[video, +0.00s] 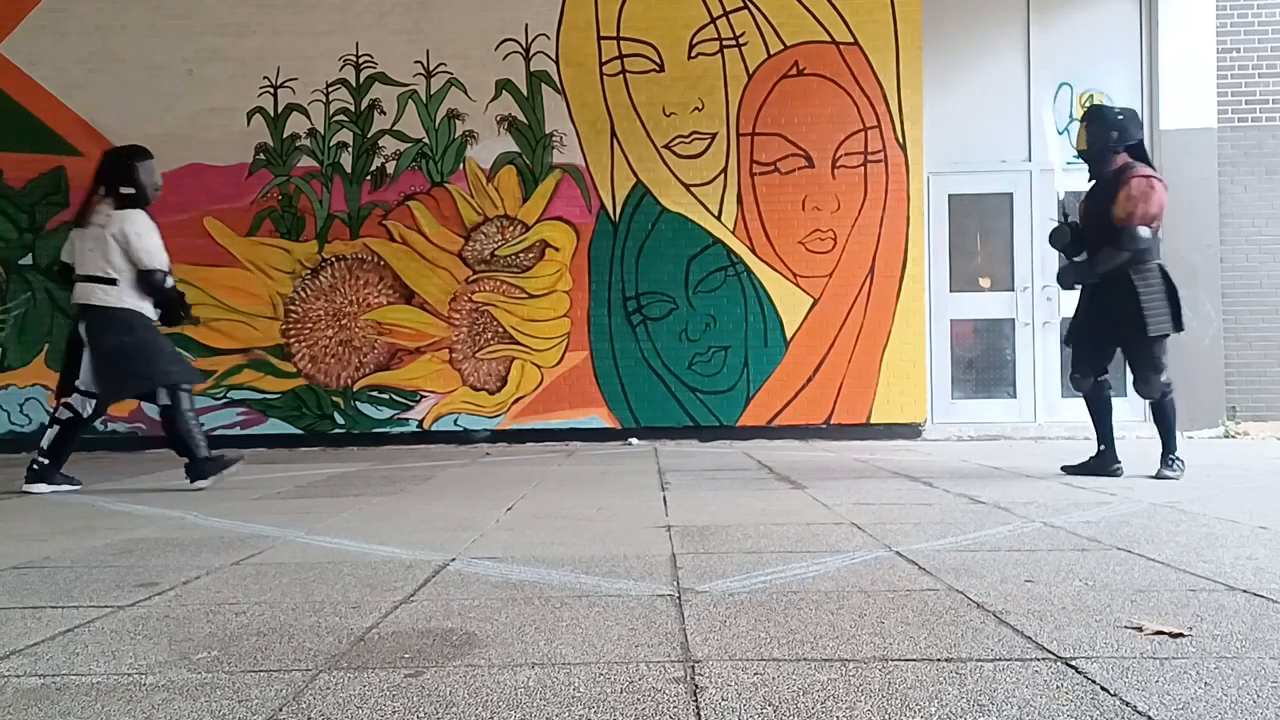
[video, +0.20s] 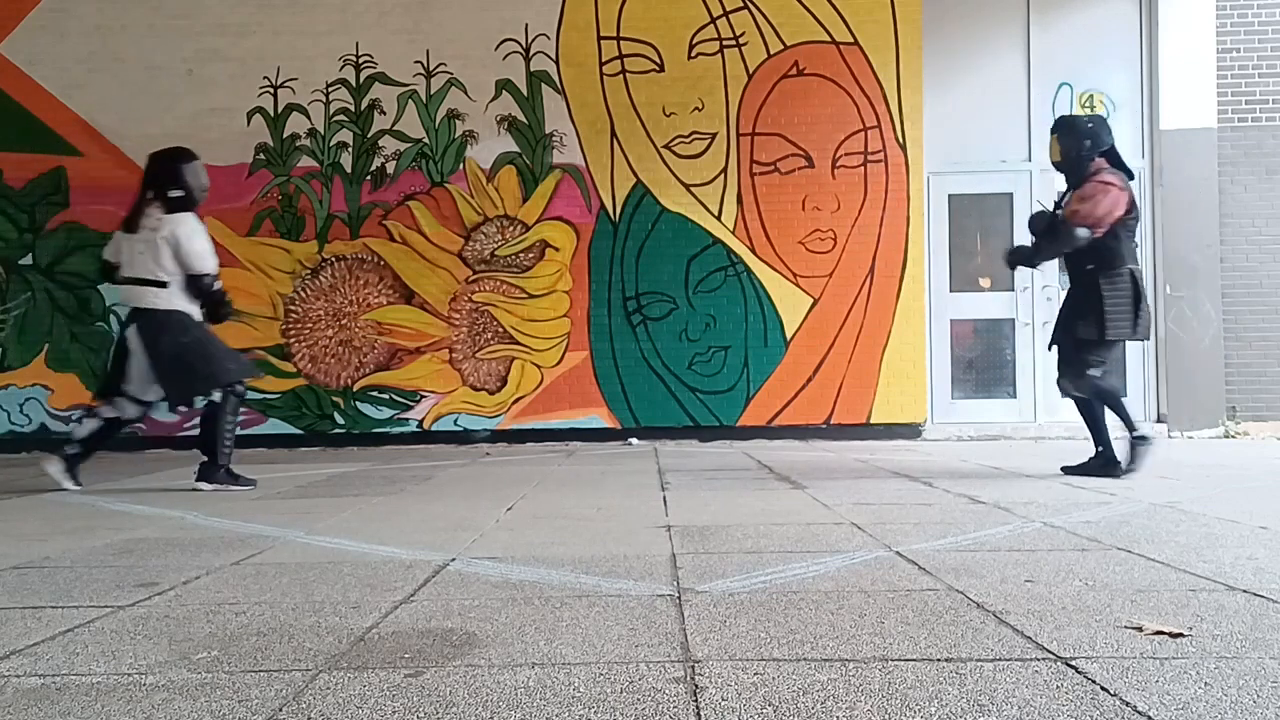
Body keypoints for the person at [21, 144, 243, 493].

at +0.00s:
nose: (159, 182)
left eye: (156, 173)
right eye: (152, 174)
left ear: (111, 179)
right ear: (134, 179)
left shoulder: (89, 216)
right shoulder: (134, 218)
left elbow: (66, 269)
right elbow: (154, 278)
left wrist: (105, 282)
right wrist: (174, 305)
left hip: (91, 322)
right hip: (125, 323)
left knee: (85, 397)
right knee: (173, 380)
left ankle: (43, 470)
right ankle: (200, 460)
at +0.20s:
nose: (204, 183)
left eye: (202, 175)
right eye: (198, 176)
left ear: (155, 181)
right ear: (183, 181)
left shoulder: (136, 219)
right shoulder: (185, 222)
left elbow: (110, 268)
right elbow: (202, 281)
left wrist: (150, 282)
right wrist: (218, 303)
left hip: (139, 324)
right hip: (174, 325)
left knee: (130, 404)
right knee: (232, 383)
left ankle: (69, 459)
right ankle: (216, 468)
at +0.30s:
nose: (228, 181)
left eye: (226, 173)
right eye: (223, 173)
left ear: (178, 178)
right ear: (209, 178)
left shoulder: (161, 215)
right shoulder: (209, 219)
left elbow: (131, 267)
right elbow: (227, 278)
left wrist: (167, 280)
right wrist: (246, 298)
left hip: (158, 320)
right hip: (193, 321)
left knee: (182, 400)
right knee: (242, 386)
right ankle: (217, 469)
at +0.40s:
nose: (252, 178)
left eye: (250, 170)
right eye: (246, 170)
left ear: (202, 175)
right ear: (232, 176)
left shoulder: (182, 212)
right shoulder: (231, 217)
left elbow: (152, 267)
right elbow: (248, 282)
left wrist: (189, 275)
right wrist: (264, 287)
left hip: (179, 313)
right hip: (211, 315)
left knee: (233, 386)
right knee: (255, 387)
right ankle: (217, 470)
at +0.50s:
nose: (273, 185)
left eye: (272, 177)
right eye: (268, 177)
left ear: (225, 177)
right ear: (253, 178)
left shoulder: (204, 212)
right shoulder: (255, 218)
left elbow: (173, 264)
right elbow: (268, 282)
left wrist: (209, 277)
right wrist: (282, 283)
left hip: (199, 312)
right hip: (232, 315)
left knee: (265, 376)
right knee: (255, 392)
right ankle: (218, 468)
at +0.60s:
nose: (291, 182)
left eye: (289, 174)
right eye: (285, 175)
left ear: (244, 179)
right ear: (271, 180)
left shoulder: (224, 216)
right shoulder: (272, 221)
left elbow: (198, 267)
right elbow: (282, 282)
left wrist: (234, 283)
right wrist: (306, 294)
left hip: (221, 319)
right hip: (253, 322)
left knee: (292, 382)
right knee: (275, 395)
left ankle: (289, 461)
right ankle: (221, 464)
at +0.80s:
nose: (323, 193)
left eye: (321, 186)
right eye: (315, 188)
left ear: (284, 193)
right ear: (295, 192)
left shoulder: (271, 226)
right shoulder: (297, 233)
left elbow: (288, 289)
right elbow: (303, 294)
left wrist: (328, 312)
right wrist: (337, 316)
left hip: (262, 320)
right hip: (283, 323)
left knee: (321, 381)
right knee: (341, 367)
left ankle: (295, 458)